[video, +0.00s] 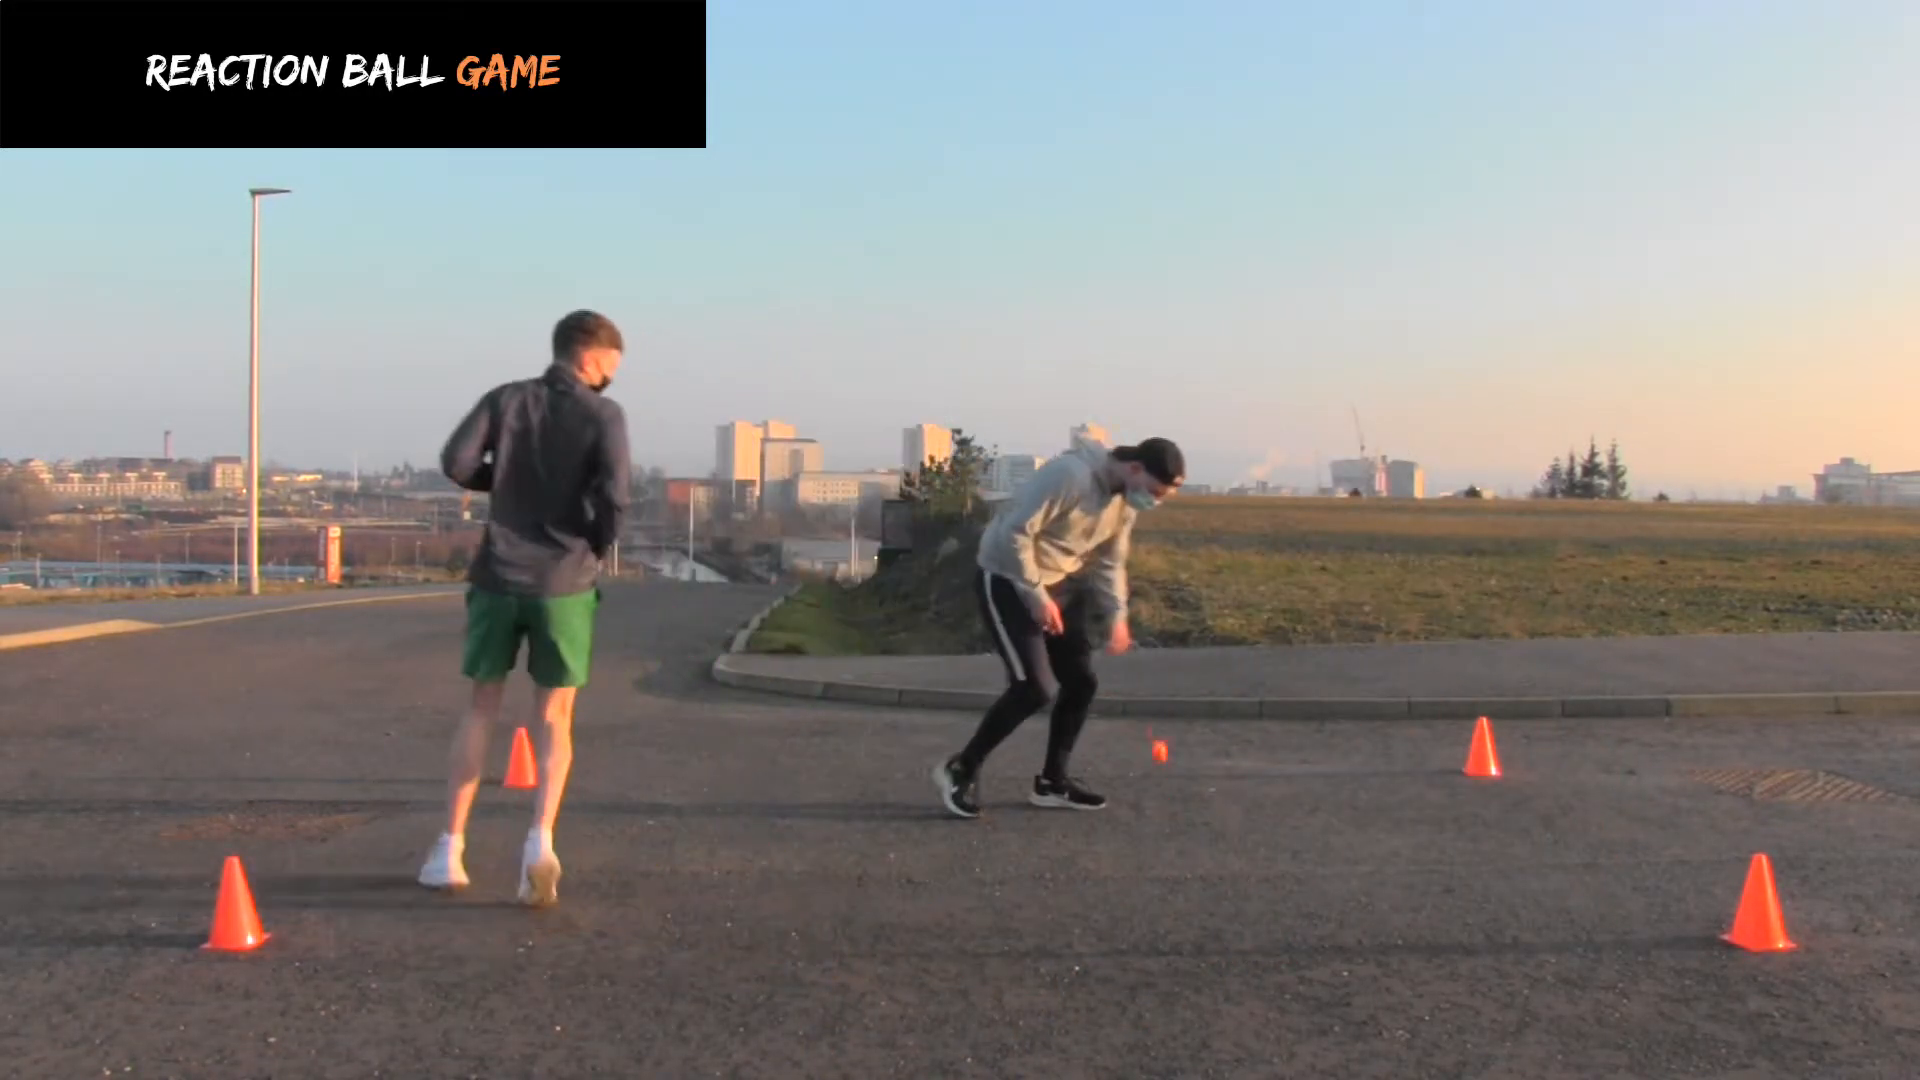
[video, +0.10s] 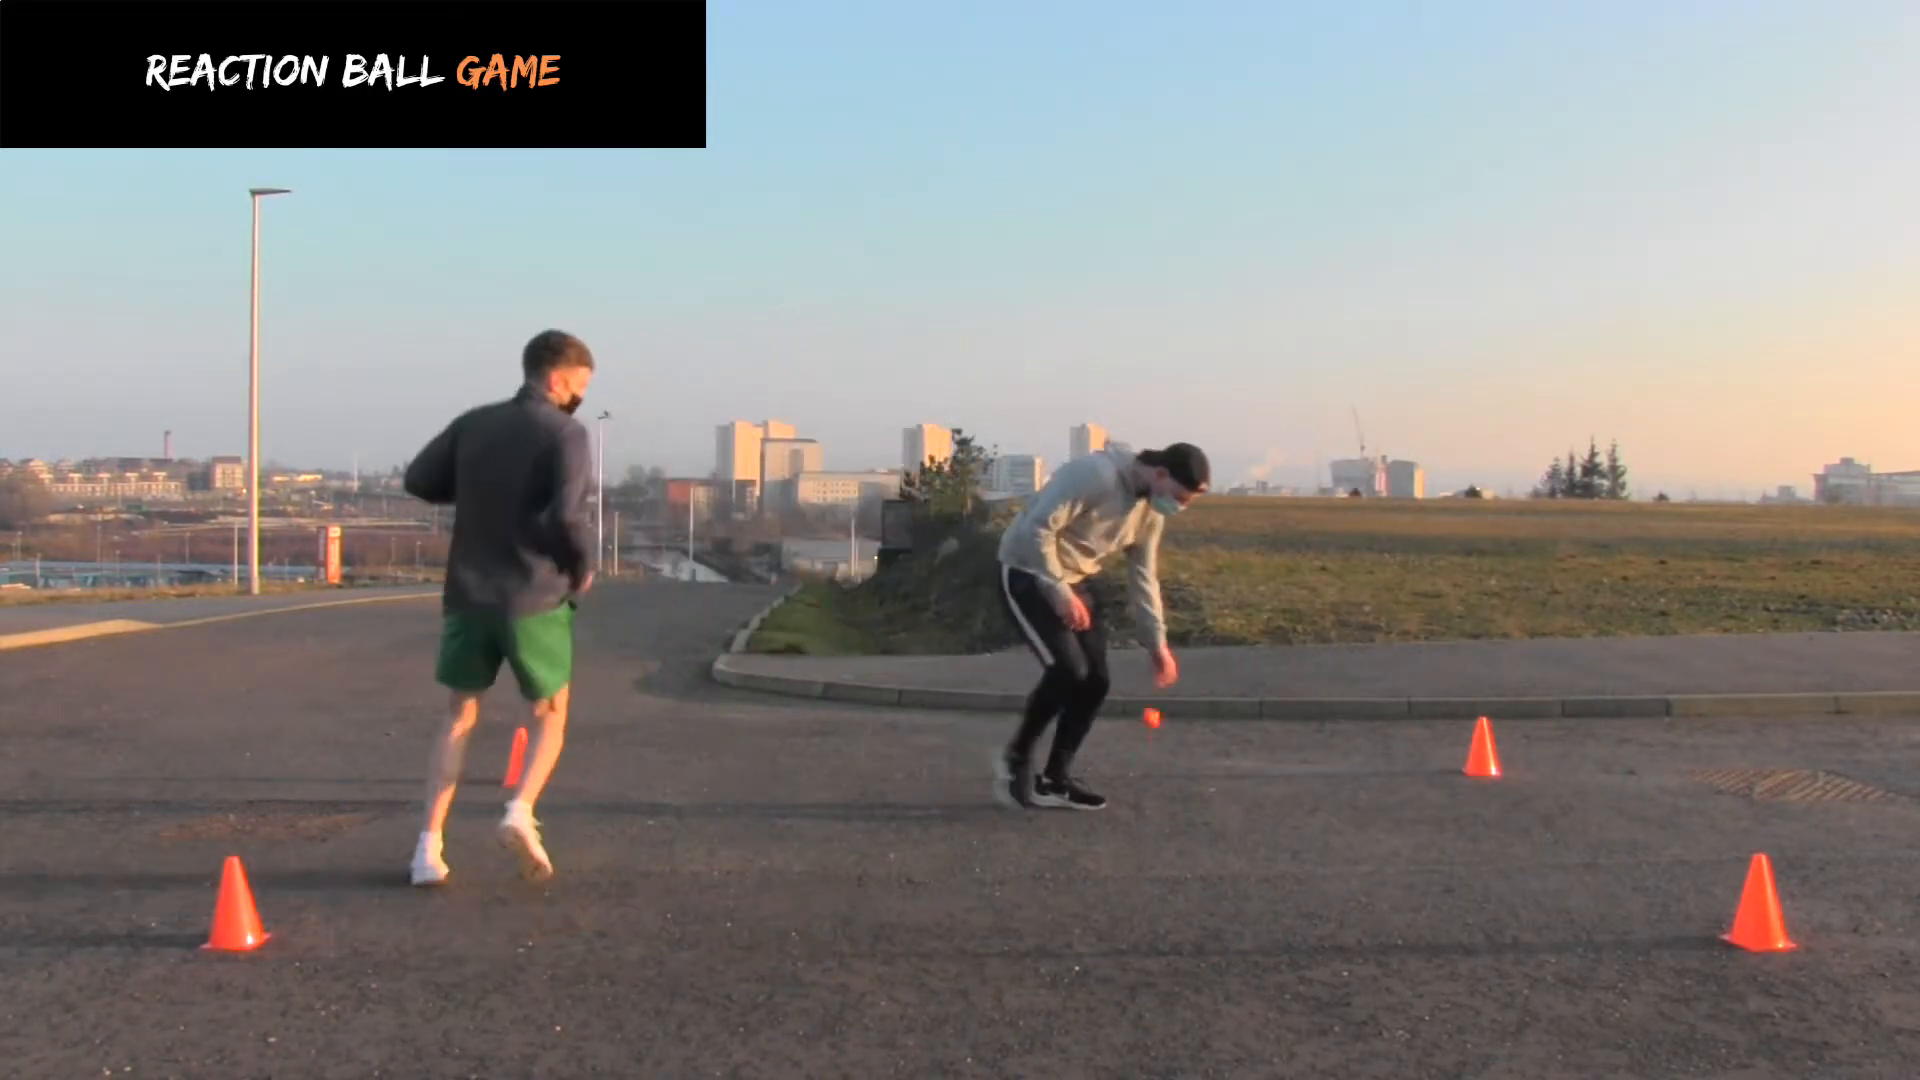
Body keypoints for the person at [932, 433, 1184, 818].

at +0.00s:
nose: (1150, 502)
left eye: (1157, 498)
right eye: (1151, 493)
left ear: (1138, 472)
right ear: (1135, 469)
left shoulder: (1122, 501)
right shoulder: (1069, 473)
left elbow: (1111, 563)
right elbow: (1011, 535)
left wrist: (1117, 615)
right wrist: (1036, 596)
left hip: (1048, 584)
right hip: (1003, 575)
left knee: (1080, 683)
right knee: (1035, 687)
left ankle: (1052, 780)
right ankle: (960, 770)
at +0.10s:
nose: (1177, 507)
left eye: (1184, 502)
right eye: (1178, 498)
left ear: (1164, 478)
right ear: (1160, 474)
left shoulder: (1151, 508)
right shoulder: (1094, 472)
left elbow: (1144, 576)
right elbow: (1034, 531)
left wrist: (1157, 643)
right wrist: (1059, 591)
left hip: (1073, 580)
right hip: (1026, 570)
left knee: (1095, 680)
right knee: (1069, 669)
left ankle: (1054, 778)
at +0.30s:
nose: (1214, 525)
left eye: (1221, 522)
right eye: (1217, 518)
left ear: (1206, 496)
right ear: (1205, 495)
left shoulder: (1181, 517)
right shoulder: (1135, 487)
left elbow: (1163, 577)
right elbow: (1069, 542)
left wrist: (1170, 645)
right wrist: (1107, 595)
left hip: (1097, 581)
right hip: (1061, 577)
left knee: (1139, 676)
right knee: (1119, 677)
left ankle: (1064, 765)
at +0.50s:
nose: (1239, 530)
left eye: (1245, 528)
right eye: (1243, 524)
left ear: (1235, 504)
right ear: (1234, 503)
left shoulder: (1204, 507)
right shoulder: (1166, 492)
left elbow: (1169, 559)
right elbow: (1114, 559)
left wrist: (1173, 609)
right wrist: (1142, 618)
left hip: (1130, 574)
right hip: (1089, 571)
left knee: (1172, 673)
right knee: (1137, 673)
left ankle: (1115, 750)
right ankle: (1123, 794)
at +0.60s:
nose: (1251, 529)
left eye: (1257, 526)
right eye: (1255, 522)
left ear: (1245, 501)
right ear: (1244, 500)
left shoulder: (1215, 507)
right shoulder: (1176, 487)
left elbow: (1182, 559)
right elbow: (1123, 552)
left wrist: (1176, 607)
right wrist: (1141, 613)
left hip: (1141, 572)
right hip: (1097, 566)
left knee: (1170, 671)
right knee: (1134, 671)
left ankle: (1152, 761)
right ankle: (1123, 795)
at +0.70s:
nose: (1258, 533)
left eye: (1264, 530)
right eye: (1261, 526)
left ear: (1254, 504)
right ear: (1251, 502)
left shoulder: (1229, 515)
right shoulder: (1187, 485)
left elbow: (1198, 568)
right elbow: (1123, 540)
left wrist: (1182, 615)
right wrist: (1137, 601)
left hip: (1157, 572)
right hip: (1109, 563)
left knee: (1175, 671)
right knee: (1119, 668)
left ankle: (1158, 766)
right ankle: (1122, 786)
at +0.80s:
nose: (1258, 534)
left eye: (1264, 532)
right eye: (1259, 527)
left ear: (1256, 504)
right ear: (1249, 501)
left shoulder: (1234, 514)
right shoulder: (1191, 484)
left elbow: (1206, 566)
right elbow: (1123, 526)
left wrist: (1185, 615)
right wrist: (1128, 594)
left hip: (1163, 574)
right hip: (1115, 562)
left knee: (1180, 667)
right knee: (1122, 661)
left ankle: (1159, 765)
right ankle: (1098, 778)